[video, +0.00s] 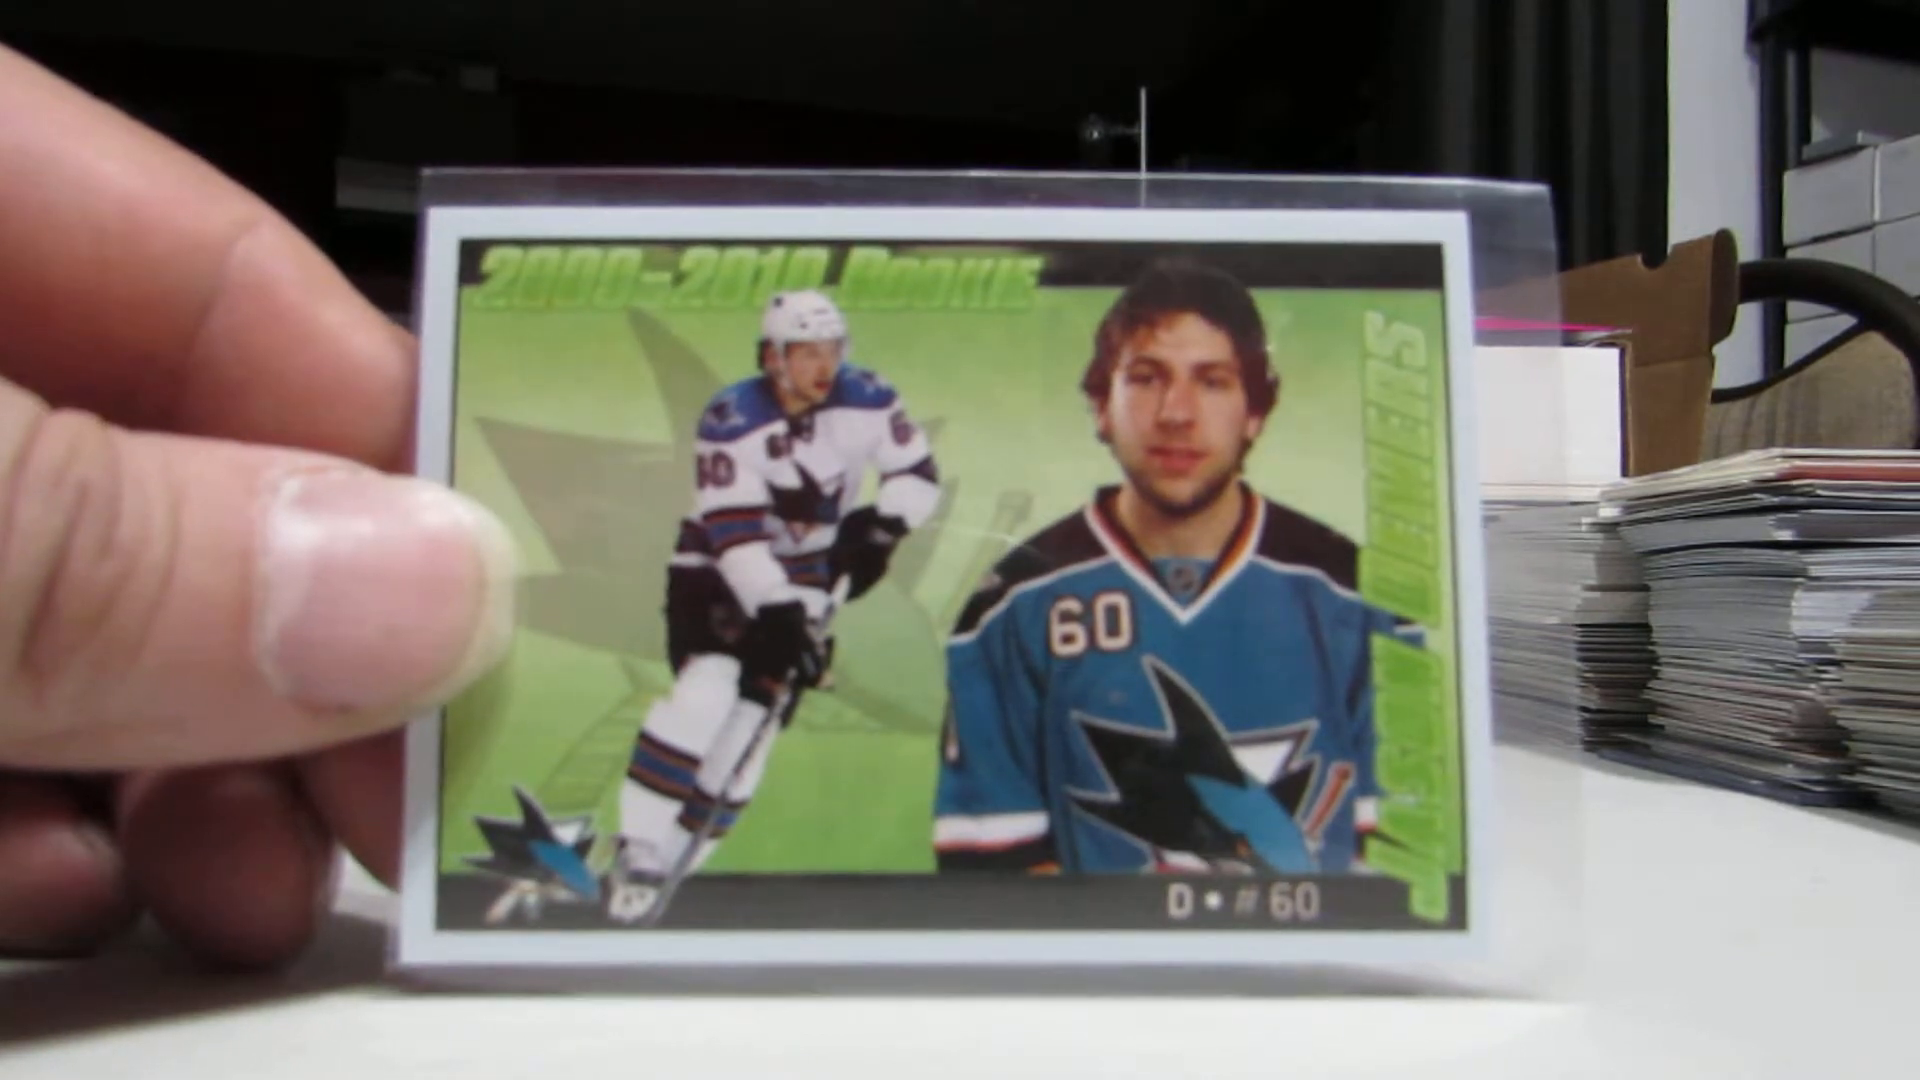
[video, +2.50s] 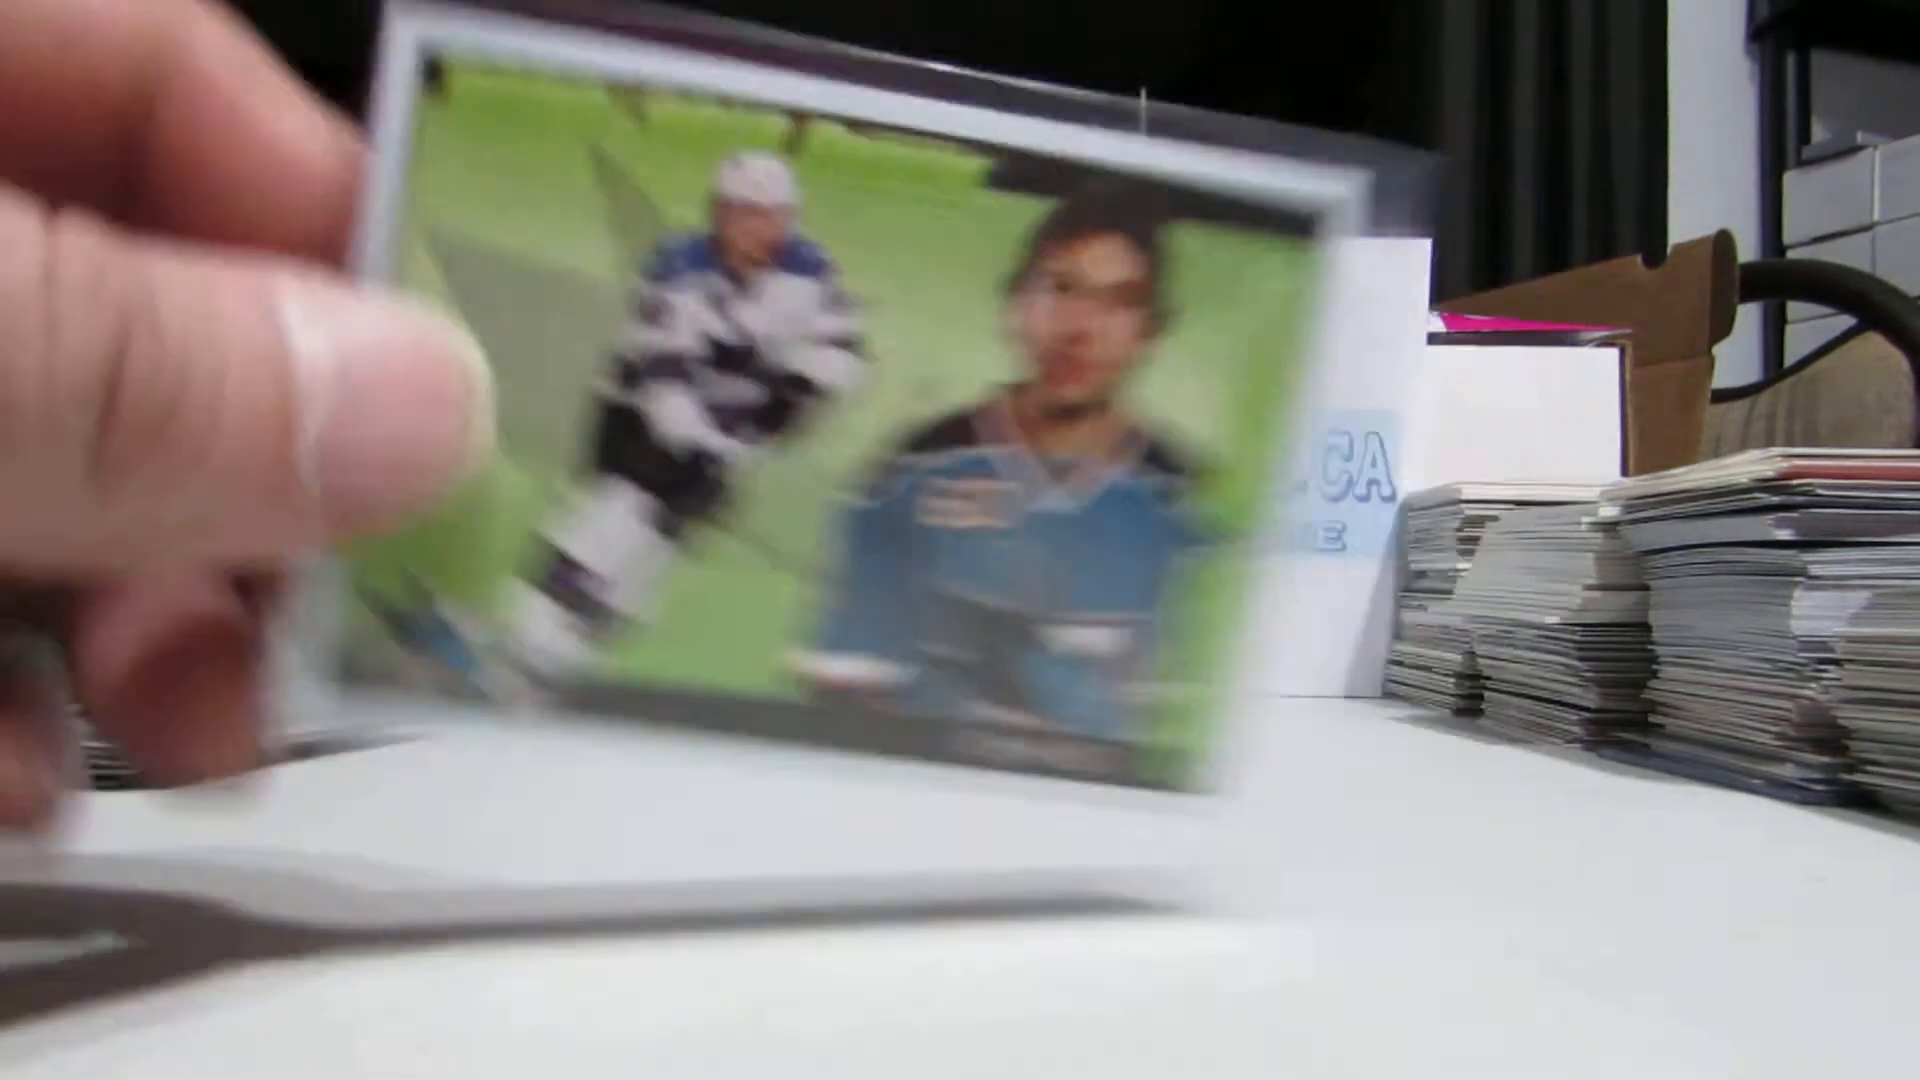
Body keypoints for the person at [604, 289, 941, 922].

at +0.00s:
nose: (825, 367)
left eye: (833, 353)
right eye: (809, 354)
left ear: (843, 352)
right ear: (774, 358)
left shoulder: (867, 401)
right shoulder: (733, 418)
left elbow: (917, 474)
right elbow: (733, 527)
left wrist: (880, 530)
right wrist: (775, 609)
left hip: (807, 578)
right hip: (721, 567)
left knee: (754, 722)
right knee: (708, 687)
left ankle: (678, 861)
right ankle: (642, 851)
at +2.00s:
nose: (825, 366)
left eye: (833, 352)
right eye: (810, 353)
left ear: (843, 352)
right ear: (773, 359)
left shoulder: (868, 401)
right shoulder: (732, 420)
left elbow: (917, 474)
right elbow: (733, 528)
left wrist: (880, 531)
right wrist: (776, 610)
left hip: (807, 578)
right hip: (721, 568)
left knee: (754, 724)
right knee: (709, 685)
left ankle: (677, 863)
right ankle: (641, 850)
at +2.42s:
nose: (821, 354)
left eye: (830, 340)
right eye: (806, 340)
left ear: (844, 341)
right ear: (774, 344)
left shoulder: (869, 391)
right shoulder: (733, 405)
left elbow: (919, 465)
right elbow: (731, 511)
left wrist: (879, 517)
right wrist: (771, 593)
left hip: (804, 567)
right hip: (717, 554)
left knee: (746, 707)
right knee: (705, 666)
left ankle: (670, 839)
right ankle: (634, 829)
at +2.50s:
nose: (758, 230)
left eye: (771, 217)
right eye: (745, 215)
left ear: (788, 222)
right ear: (720, 215)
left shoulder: (807, 275)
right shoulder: (682, 266)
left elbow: (838, 352)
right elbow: (657, 363)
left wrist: (784, 395)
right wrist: (699, 443)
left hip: (730, 421)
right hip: (655, 402)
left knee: (661, 524)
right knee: (629, 493)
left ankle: (596, 621)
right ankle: (558, 600)